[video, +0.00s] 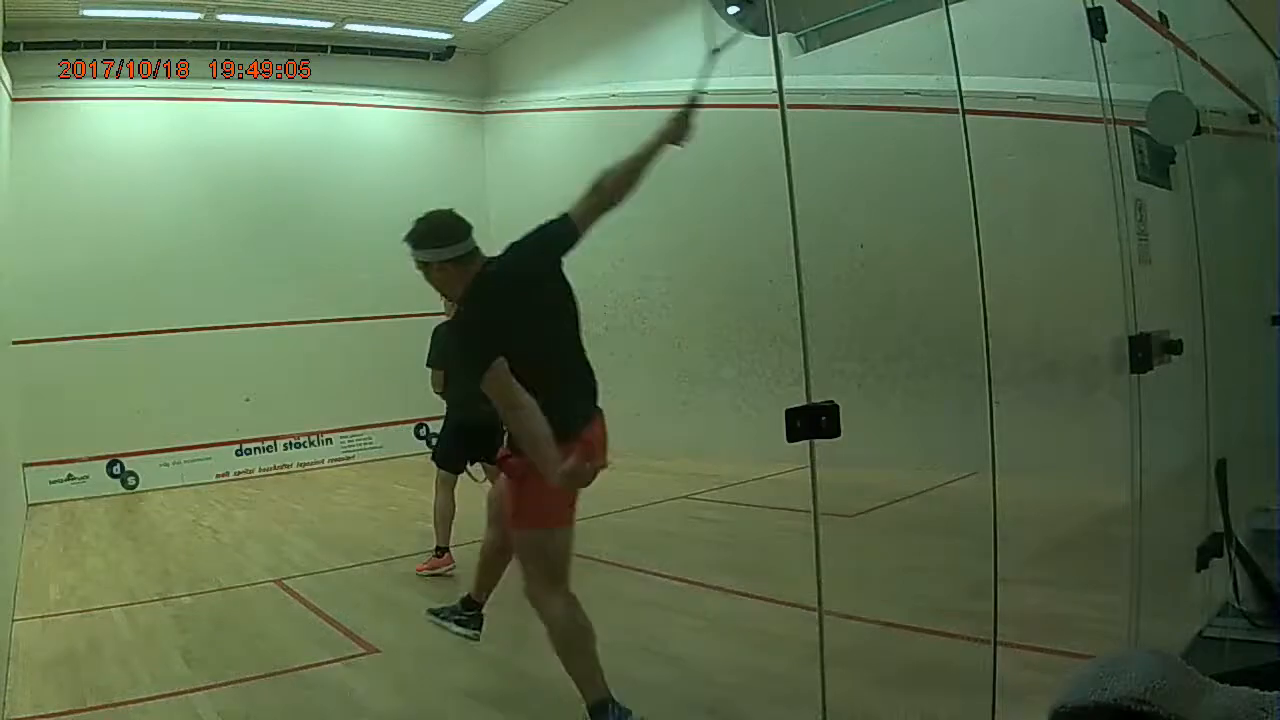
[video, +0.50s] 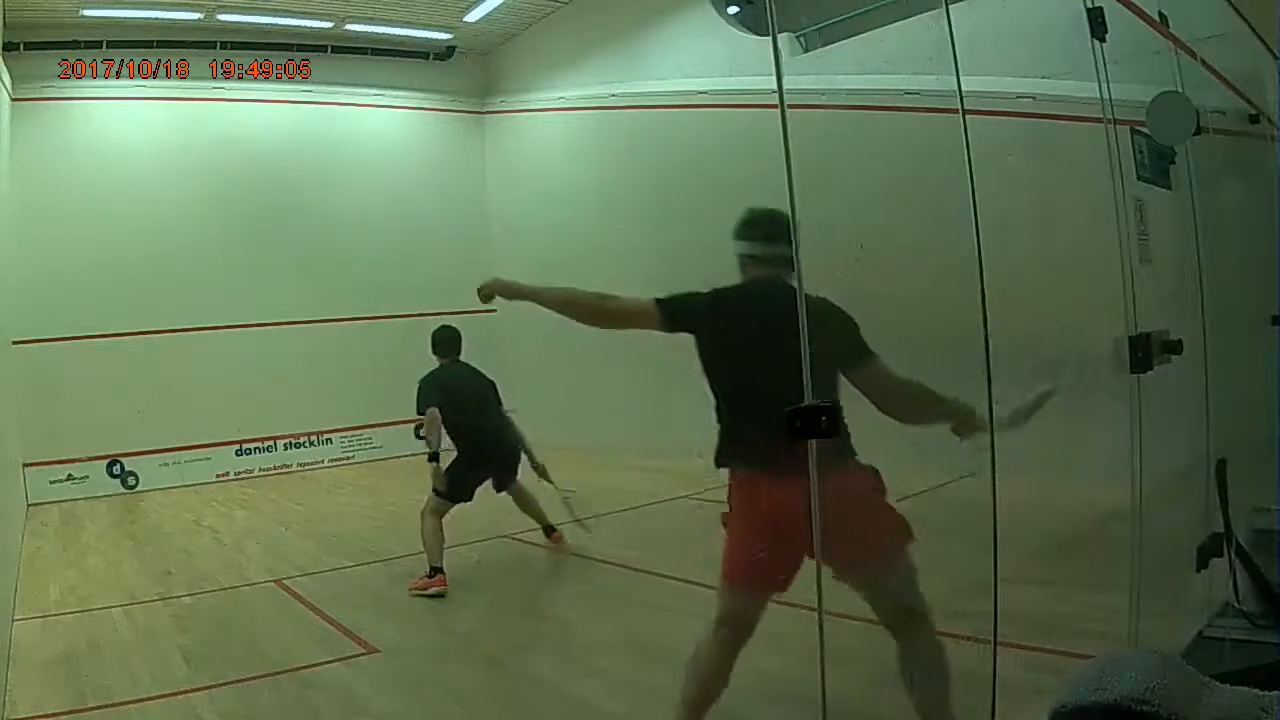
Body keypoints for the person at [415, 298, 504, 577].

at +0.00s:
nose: (444, 304)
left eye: (445, 301)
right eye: (447, 299)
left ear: (448, 305)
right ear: (470, 305)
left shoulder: (443, 332)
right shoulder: (489, 327)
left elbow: (438, 383)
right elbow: (504, 372)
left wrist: (460, 397)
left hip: (460, 417)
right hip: (493, 415)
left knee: (445, 484)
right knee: (497, 477)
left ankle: (442, 552)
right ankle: (519, 537)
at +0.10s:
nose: (430, 297)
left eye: (432, 293)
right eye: (432, 292)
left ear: (440, 296)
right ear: (460, 296)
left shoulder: (435, 327)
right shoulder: (477, 327)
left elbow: (434, 370)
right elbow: (491, 367)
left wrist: (429, 397)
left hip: (454, 411)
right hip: (486, 411)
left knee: (444, 480)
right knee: (483, 476)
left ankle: (437, 552)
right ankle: (501, 537)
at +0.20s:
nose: (422, 306)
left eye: (424, 302)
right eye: (425, 302)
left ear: (429, 304)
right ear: (453, 303)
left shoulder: (430, 334)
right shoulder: (469, 334)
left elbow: (431, 379)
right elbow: (484, 379)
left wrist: (422, 412)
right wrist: (484, 411)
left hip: (451, 419)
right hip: (481, 417)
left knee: (437, 485)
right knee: (476, 481)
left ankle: (436, 560)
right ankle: (498, 542)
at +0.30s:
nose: (416, 333)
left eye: (416, 329)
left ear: (417, 332)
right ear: (443, 331)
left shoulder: (418, 363)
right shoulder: (460, 359)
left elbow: (428, 405)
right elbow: (477, 401)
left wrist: (416, 439)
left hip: (454, 441)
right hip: (487, 437)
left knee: (427, 509)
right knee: (469, 486)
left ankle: (434, 575)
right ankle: (499, 545)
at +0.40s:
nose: (418, 350)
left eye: (417, 346)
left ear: (417, 348)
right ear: (443, 345)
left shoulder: (418, 378)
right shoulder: (463, 372)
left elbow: (424, 420)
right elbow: (487, 414)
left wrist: (416, 463)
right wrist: (503, 455)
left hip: (463, 454)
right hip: (495, 448)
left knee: (425, 510)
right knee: (483, 490)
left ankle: (434, 575)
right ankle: (519, 539)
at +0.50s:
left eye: (436, 348)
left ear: (434, 351)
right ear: (460, 348)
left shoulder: (431, 382)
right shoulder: (480, 377)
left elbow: (432, 417)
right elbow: (505, 419)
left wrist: (434, 464)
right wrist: (534, 459)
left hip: (474, 456)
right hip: (507, 448)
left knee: (432, 513)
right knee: (512, 485)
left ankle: (436, 574)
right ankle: (551, 531)